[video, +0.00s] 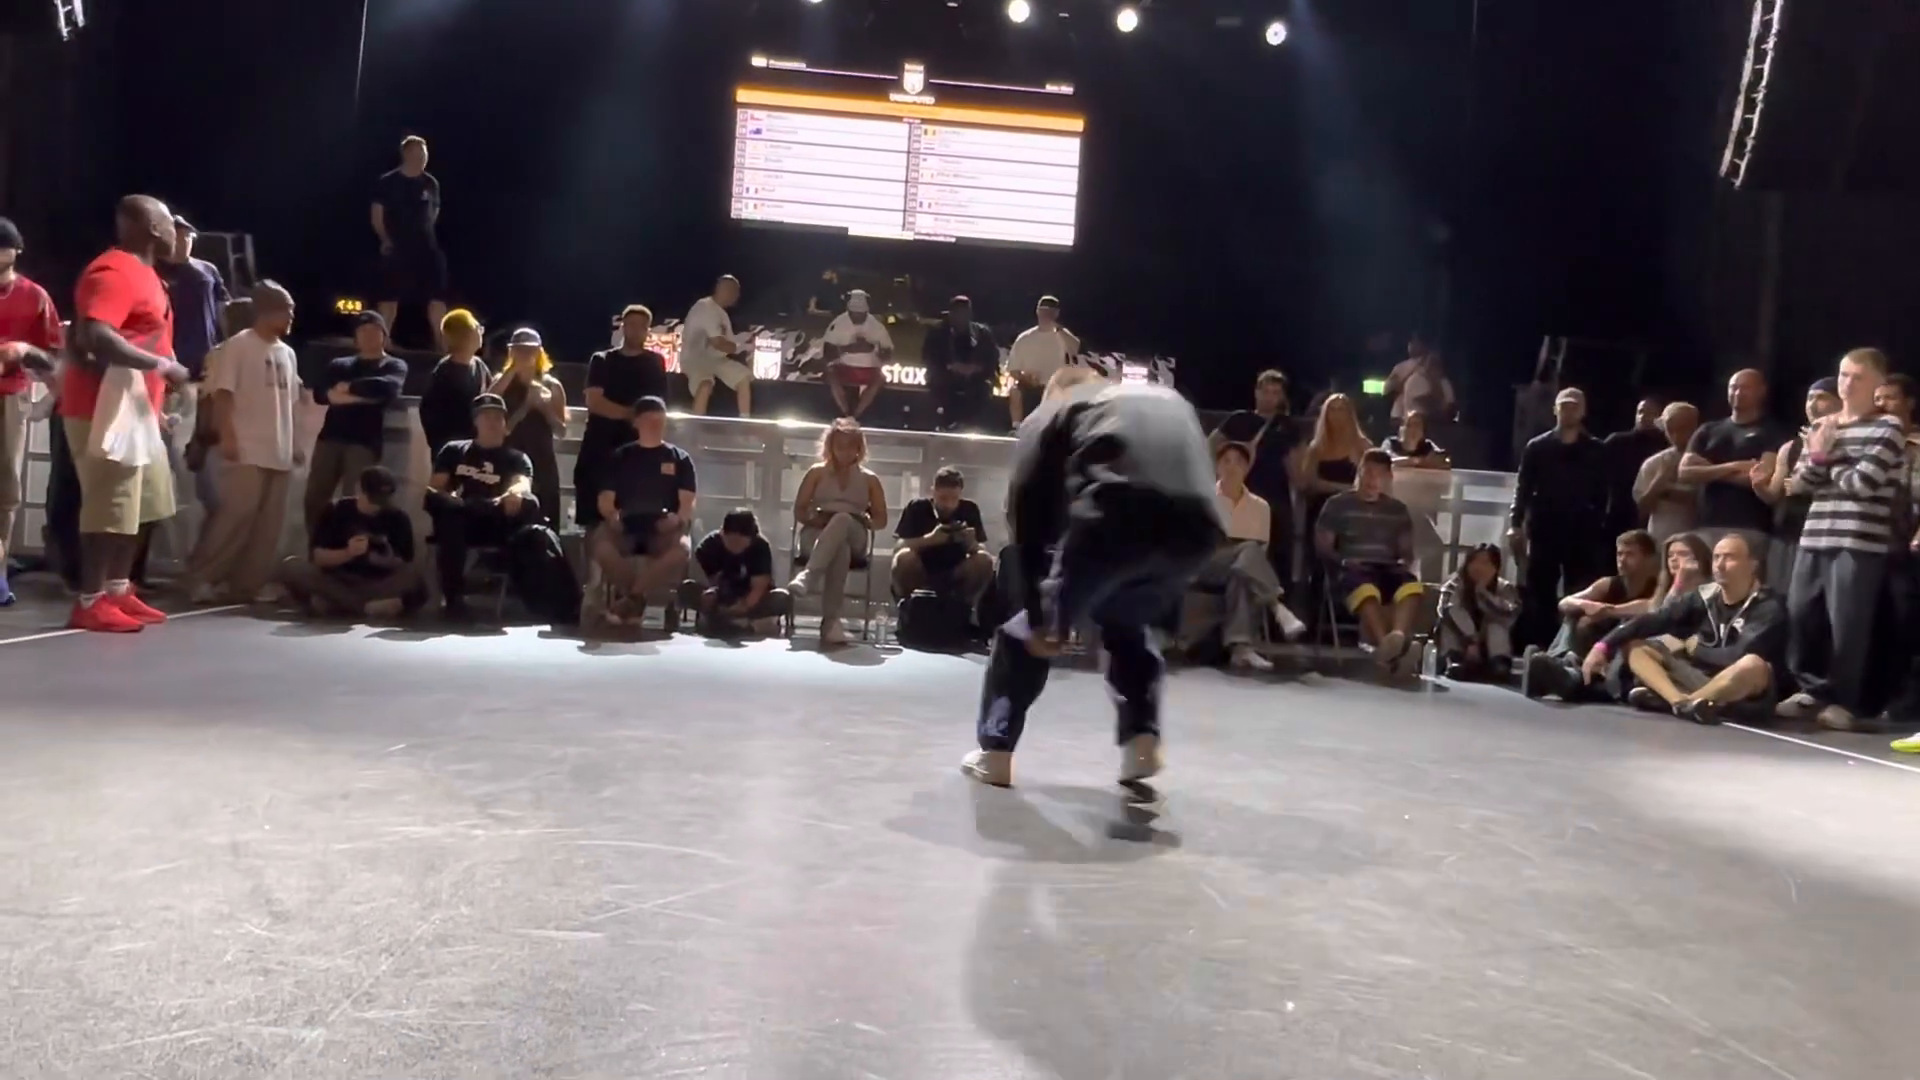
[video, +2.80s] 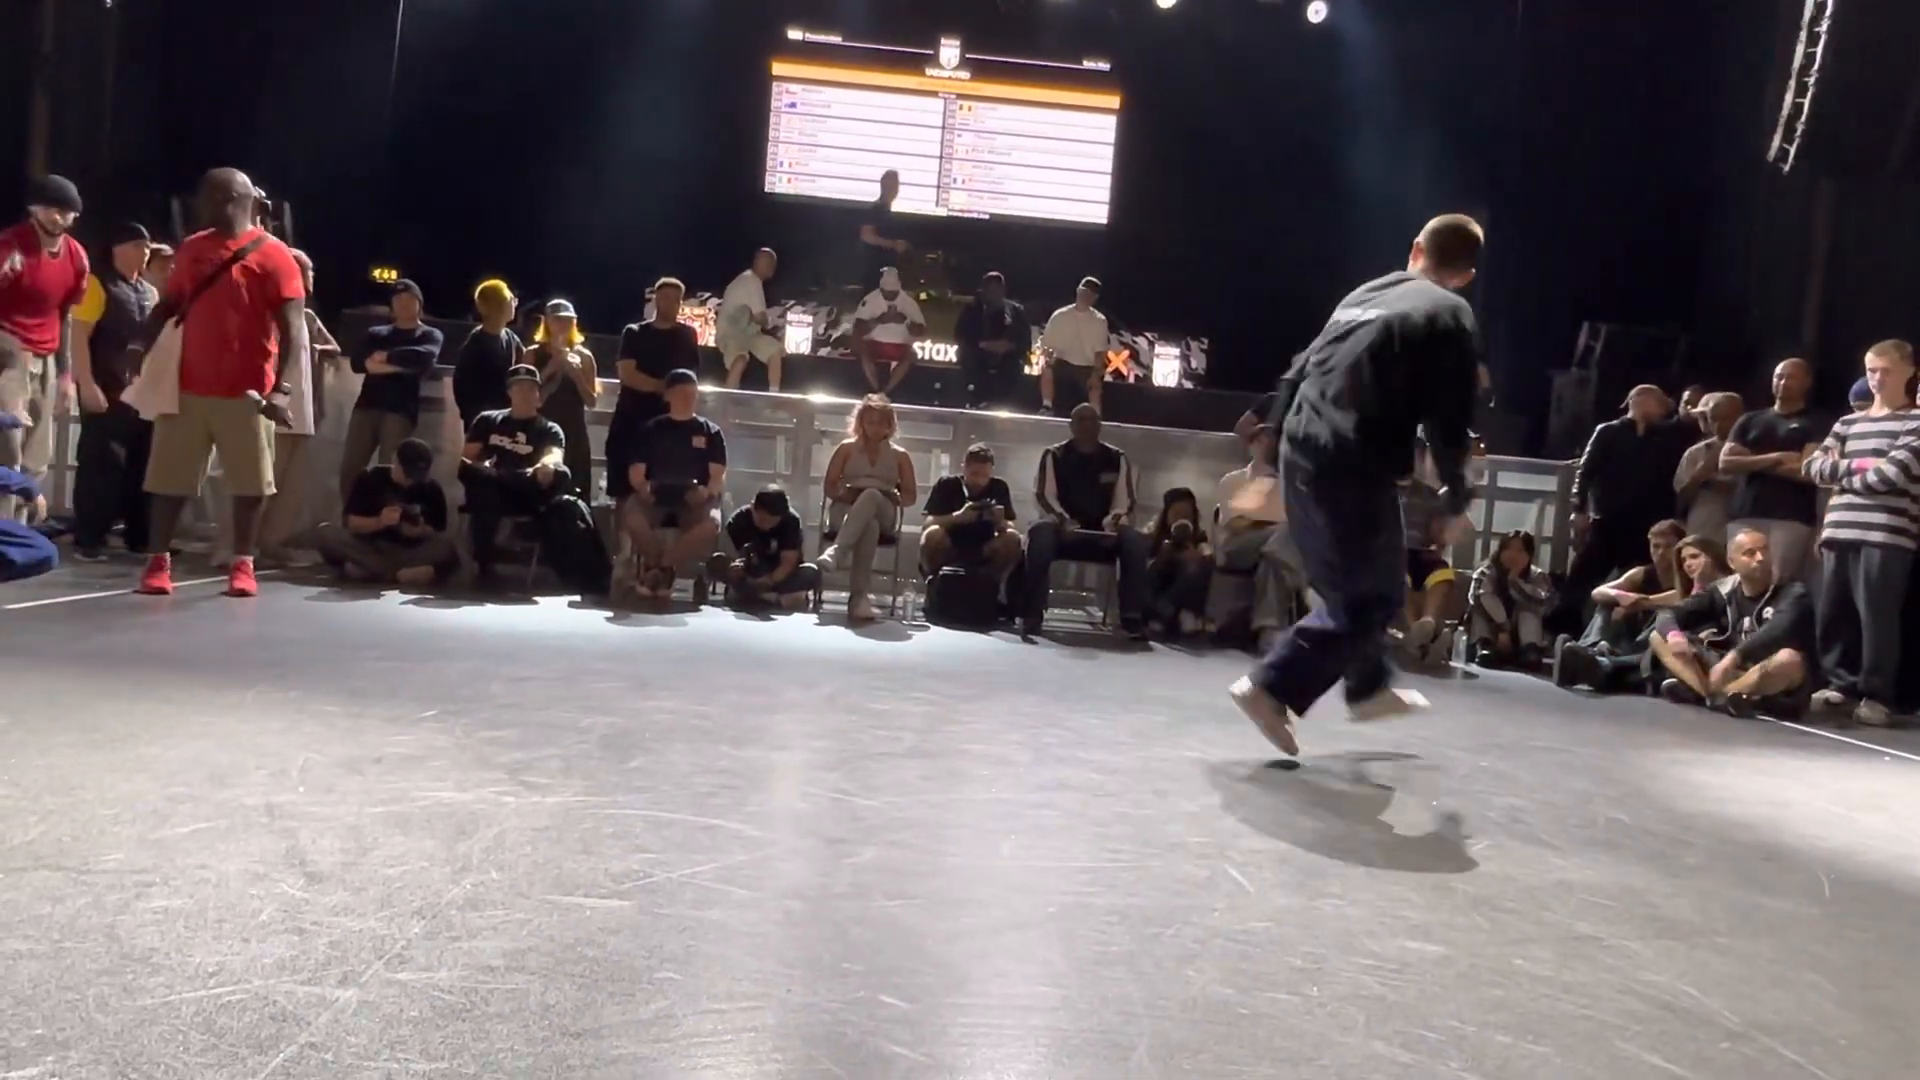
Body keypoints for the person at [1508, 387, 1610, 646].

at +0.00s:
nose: (1567, 411)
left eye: (1573, 406)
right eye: (1563, 405)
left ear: (1583, 412)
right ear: (1555, 410)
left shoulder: (1597, 450)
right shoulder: (1537, 447)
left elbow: (1603, 493)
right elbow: (1523, 489)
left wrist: (1599, 526)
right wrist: (1516, 524)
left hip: (1582, 532)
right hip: (1544, 531)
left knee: (1580, 598)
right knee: (1540, 597)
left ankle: (1578, 654)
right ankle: (1539, 652)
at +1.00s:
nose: (1598, 414)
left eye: (1604, 410)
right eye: (1596, 409)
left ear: (1622, 413)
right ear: (1593, 410)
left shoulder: (1637, 450)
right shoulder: (1579, 445)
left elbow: (1642, 495)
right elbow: (1563, 487)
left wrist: (1634, 531)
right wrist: (1548, 521)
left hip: (1616, 533)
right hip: (1578, 532)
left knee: (1615, 597)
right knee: (1563, 592)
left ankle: (1612, 654)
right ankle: (1554, 647)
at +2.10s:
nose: (1638, 410)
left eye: (1638, 405)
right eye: (1634, 404)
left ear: (1618, 407)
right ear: (1618, 404)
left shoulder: (1631, 445)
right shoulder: (1585, 435)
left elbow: (1635, 485)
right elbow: (1567, 474)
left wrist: (1634, 513)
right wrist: (1568, 508)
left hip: (1621, 521)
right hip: (1588, 520)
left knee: (1623, 585)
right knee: (1566, 582)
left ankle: (1621, 645)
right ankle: (1559, 638)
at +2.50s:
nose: (1658, 409)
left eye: (1658, 403)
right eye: (1653, 402)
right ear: (1637, 402)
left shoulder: (1663, 437)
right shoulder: (1604, 434)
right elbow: (1583, 473)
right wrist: (1578, 511)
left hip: (1648, 520)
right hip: (1608, 520)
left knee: (1643, 581)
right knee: (1583, 578)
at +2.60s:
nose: (1661, 409)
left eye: (1661, 403)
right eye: (1656, 402)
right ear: (1639, 402)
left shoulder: (1664, 436)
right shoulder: (1606, 433)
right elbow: (1584, 474)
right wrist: (1579, 510)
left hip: (1649, 522)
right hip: (1609, 521)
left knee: (1645, 584)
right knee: (1583, 578)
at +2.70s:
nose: (1663, 408)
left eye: (1663, 403)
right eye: (1658, 401)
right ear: (1640, 402)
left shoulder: (1666, 436)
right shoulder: (1607, 433)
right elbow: (1585, 474)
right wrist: (1580, 511)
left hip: (1650, 523)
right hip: (1609, 521)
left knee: (1643, 583)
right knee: (1586, 576)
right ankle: (1565, 628)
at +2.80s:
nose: (1664, 407)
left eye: (1663, 402)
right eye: (1659, 400)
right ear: (1640, 403)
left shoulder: (1667, 437)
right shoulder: (1607, 433)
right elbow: (1584, 472)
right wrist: (1579, 510)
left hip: (1649, 523)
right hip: (1608, 521)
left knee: (1642, 583)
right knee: (1583, 578)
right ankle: (1564, 630)